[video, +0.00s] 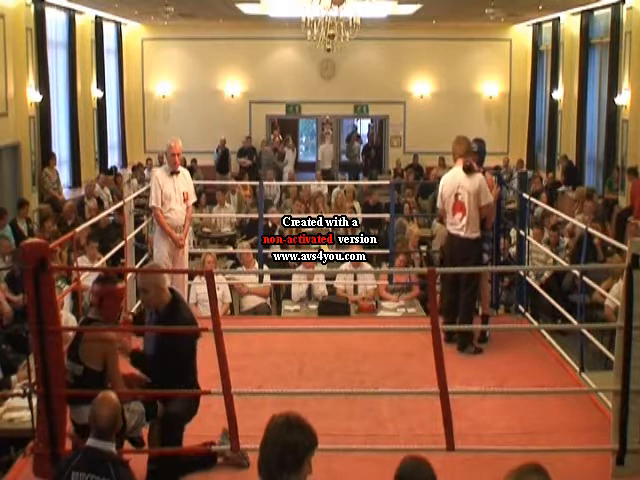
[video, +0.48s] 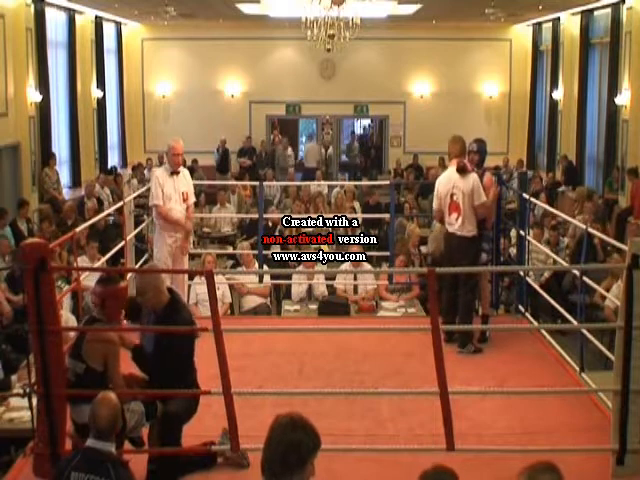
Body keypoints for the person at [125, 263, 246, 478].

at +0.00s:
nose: (141, 297)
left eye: (145, 291)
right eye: (140, 291)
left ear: (162, 288)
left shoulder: (180, 320)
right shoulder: (154, 306)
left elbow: (165, 372)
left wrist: (131, 353)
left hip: (179, 397)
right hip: (161, 390)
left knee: (160, 470)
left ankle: (217, 454)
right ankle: (215, 450)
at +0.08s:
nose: (141, 297)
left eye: (145, 291)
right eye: (140, 291)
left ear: (162, 288)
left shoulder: (180, 320)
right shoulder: (153, 306)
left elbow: (162, 370)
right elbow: (137, 321)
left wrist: (129, 351)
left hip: (180, 396)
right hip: (160, 389)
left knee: (161, 469)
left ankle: (217, 453)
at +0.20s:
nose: (141, 297)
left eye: (145, 291)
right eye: (139, 291)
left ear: (162, 289)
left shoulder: (179, 319)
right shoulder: (152, 306)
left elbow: (162, 370)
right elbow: (131, 316)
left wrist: (130, 351)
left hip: (180, 395)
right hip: (159, 389)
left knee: (161, 469)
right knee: (162, 467)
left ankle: (217, 454)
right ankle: (216, 450)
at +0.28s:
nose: (140, 297)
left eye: (144, 292)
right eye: (138, 292)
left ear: (161, 289)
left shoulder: (179, 320)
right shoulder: (151, 306)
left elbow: (162, 372)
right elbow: (133, 315)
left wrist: (130, 348)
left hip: (182, 393)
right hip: (158, 387)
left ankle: (217, 454)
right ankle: (217, 451)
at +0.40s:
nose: (140, 299)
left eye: (143, 294)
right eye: (138, 294)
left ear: (158, 290)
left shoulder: (179, 321)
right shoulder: (150, 305)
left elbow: (162, 374)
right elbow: (129, 311)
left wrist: (133, 347)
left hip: (182, 393)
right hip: (158, 387)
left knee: (169, 414)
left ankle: (218, 454)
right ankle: (217, 451)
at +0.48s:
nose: (140, 299)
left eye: (143, 294)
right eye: (138, 294)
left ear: (158, 290)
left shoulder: (179, 319)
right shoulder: (150, 304)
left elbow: (162, 373)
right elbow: (128, 309)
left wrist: (133, 347)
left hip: (182, 392)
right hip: (158, 386)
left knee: (169, 414)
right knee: (162, 466)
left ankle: (218, 454)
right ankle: (217, 451)